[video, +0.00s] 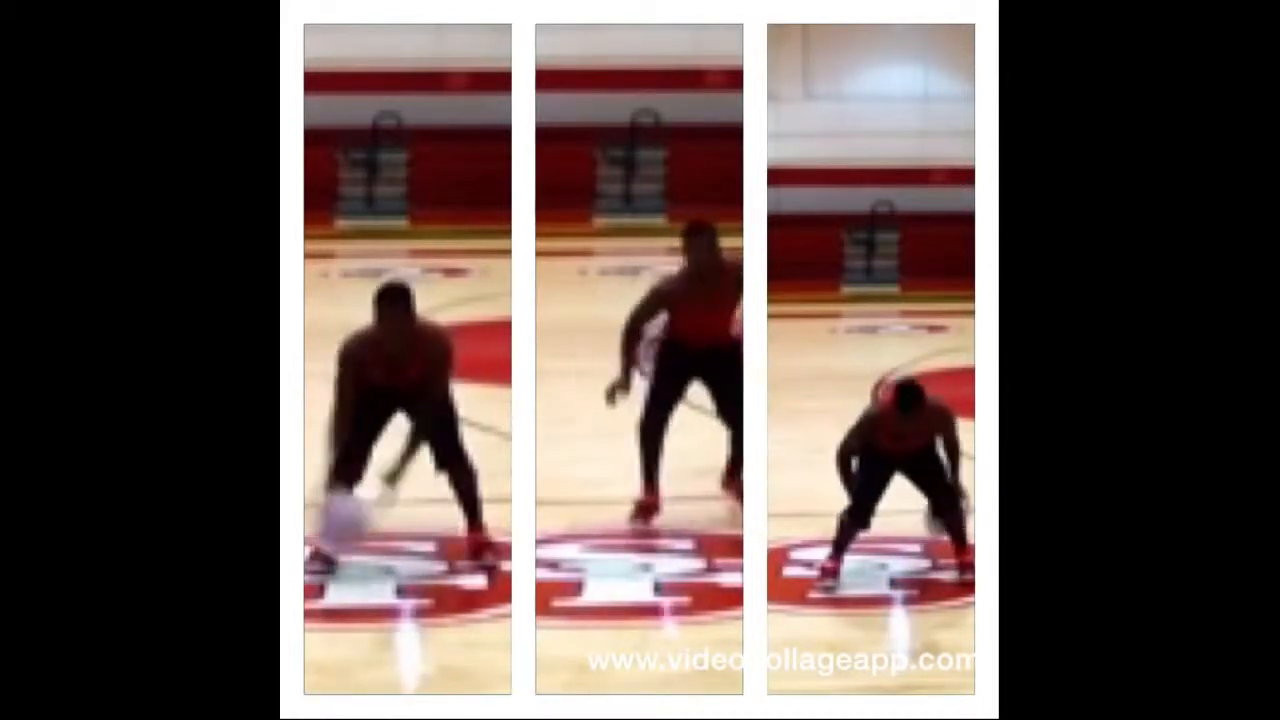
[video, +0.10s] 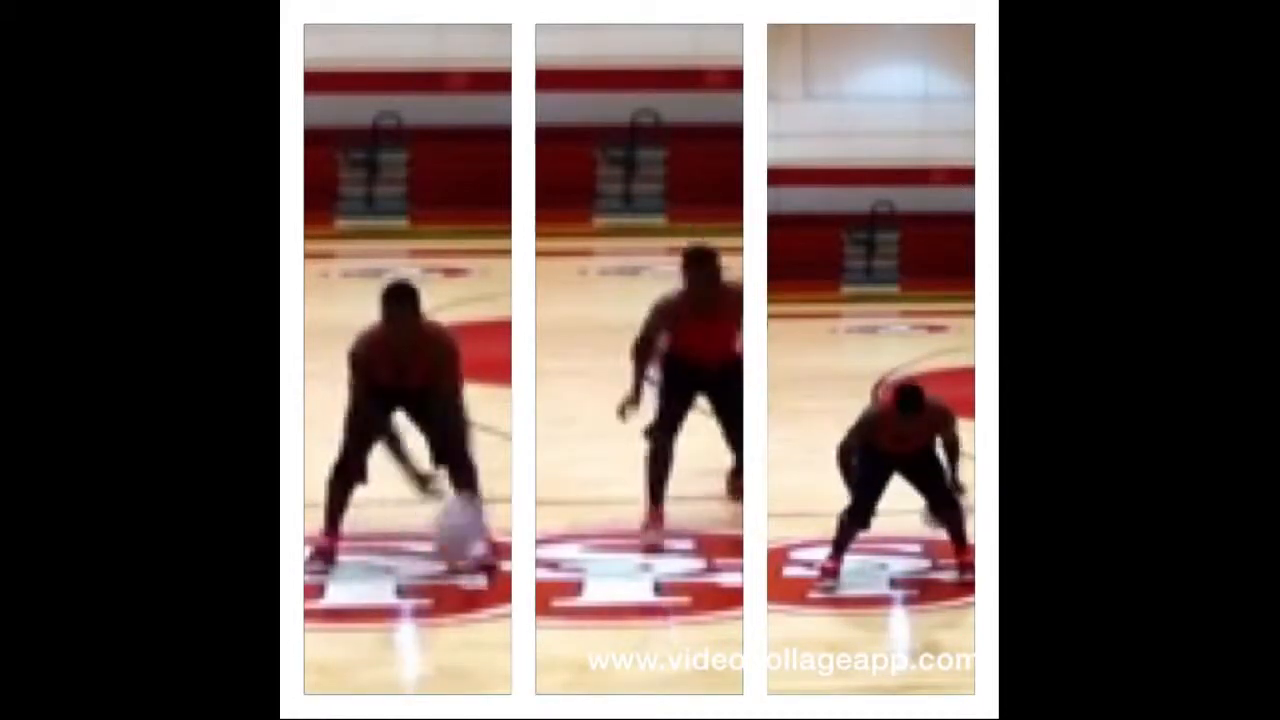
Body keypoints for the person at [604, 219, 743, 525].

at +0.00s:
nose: (702, 259)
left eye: (707, 251)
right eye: (695, 252)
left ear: (717, 250)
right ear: (686, 253)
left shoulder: (735, 277)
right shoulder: (673, 288)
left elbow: (755, 308)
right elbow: (634, 324)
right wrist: (626, 373)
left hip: (720, 351)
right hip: (678, 352)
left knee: (744, 421)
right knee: (651, 423)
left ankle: (734, 476)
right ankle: (650, 494)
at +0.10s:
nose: (701, 287)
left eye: (708, 279)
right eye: (695, 279)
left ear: (717, 276)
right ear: (685, 278)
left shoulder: (734, 301)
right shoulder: (670, 308)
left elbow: (752, 336)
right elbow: (644, 346)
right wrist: (636, 390)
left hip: (724, 370)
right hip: (681, 370)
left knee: (745, 439)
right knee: (662, 435)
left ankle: (738, 479)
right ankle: (655, 510)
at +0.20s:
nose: (707, 316)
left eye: (712, 307)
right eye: (699, 309)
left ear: (719, 303)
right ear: (688, 306)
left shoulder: (736, 325)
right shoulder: (671, 329)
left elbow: (753, 360)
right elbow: (652, 368)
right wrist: (656, 418)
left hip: (724, 380)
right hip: (684, 381)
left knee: (758, 428)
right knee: (670, 437)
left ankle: (738, 477)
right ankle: (658, 512)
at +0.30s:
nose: (703, 324)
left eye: (708, 316)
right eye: (697, 317)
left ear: (717, 310)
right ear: (686, 312)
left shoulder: (734, 330)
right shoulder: (668, 335)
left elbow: (751, 369)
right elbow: (656, 378)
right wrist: (663, 416)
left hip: (727, 384)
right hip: (689, 385)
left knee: (759, 429)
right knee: (674, 444)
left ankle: (732, 467)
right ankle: (658, 514)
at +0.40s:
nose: (701, 318)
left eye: (705, 310)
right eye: (695, 310)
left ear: (714, 303)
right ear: (684, 305)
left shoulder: (732, 325)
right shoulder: (669, 330)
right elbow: (654, 381)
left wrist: (713, 433)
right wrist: (648, 430)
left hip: (730, 385)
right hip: (693, 387)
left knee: (758, 439)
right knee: (682, 446)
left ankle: (739, 475)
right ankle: (660, 512)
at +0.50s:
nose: (695, 295)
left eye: (700, 287)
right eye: (688, 288)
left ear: (711, 281)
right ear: (680, 283)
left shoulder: (734, 305)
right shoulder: (672, 308)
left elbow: (749, 360)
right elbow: (642, 351)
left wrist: (732, 408)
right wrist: (614, 397)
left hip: (735, 369)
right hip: (696, 370)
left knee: (753, 440)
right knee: (681, 439)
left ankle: (739, 473)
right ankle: (660, 512)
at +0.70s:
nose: (705, 282)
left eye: (711, 274)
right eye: (700, 273)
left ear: (722, 269)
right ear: (692, 267)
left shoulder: (736, 296)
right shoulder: (675, 290)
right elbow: (644, 321)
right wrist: (614, 352)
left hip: (732, 359)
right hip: (691, 357)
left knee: (745, 422)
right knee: (668, 425)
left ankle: (758, 484)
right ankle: (682, 481)